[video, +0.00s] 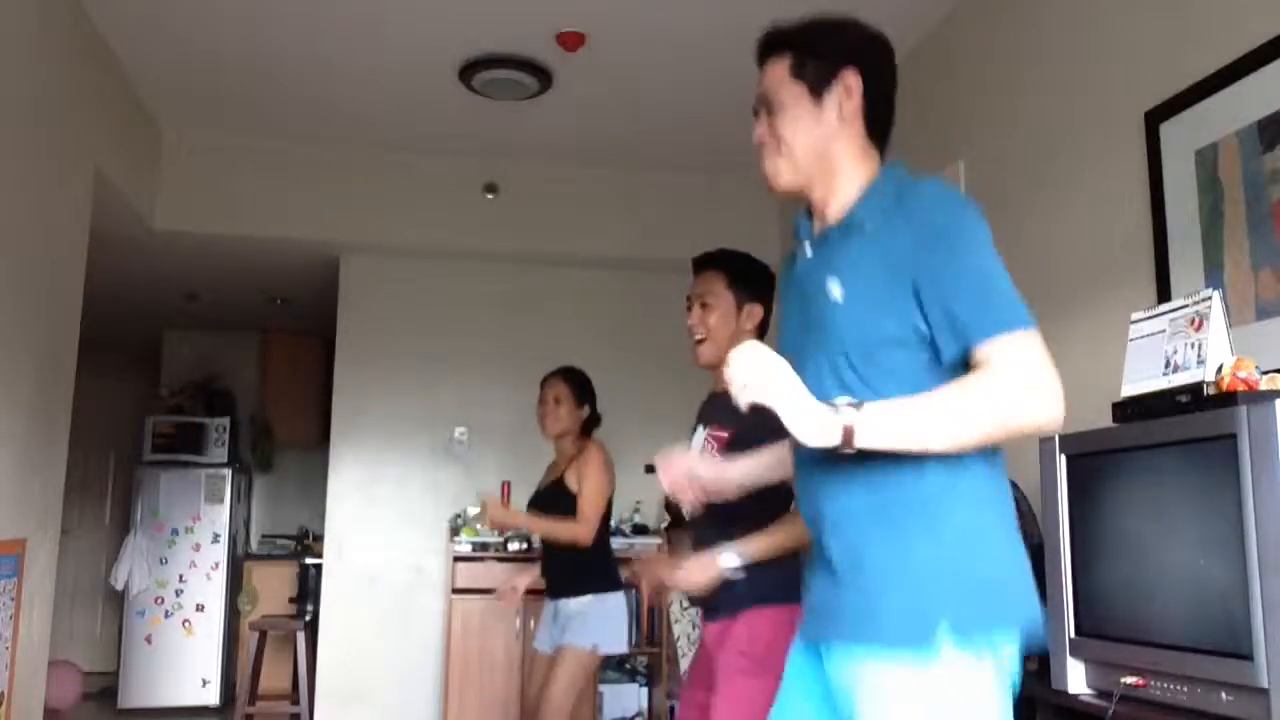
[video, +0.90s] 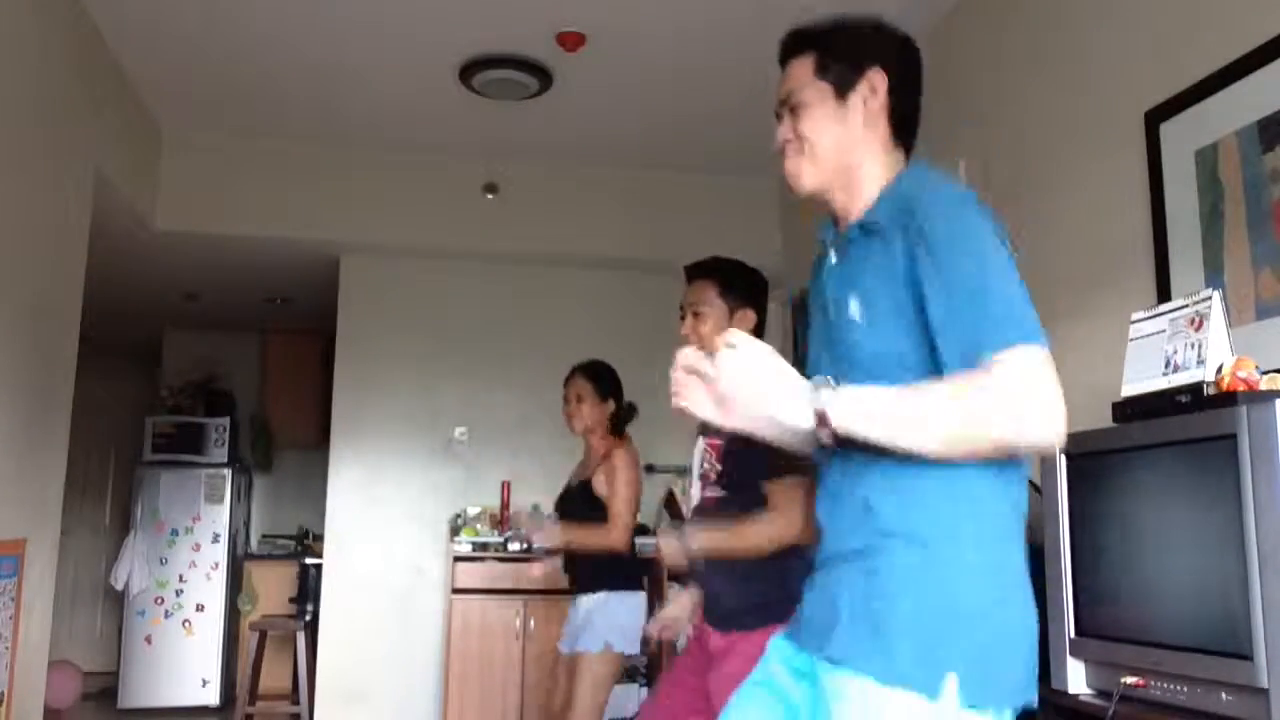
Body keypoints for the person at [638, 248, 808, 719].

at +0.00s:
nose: (691, 321)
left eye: (706, 306)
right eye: (690, 308)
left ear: (751, 316)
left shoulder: (777, 406)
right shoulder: (715, 408)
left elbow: (818, 511)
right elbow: (715, 525)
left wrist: (722, 559)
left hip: (766, 616)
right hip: (718, 617)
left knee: (734, 712)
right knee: (693, 712)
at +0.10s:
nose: (689, 321)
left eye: (703, 304)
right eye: (688, 307)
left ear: (747, 308)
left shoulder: (775, 392)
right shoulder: (722, 397)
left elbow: (793, 499)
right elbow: (738, 505)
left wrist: (692, 505)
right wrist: (688, 572)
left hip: (774, 629)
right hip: (714, 624)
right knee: (667, 712)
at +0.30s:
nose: (685, 329)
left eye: (698, 313)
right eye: (684, 316)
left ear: (744, 324)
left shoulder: (762, 409)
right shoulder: (713, 410)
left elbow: (748, 525)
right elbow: (708, 513)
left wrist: (647, 470)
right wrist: (645, 469)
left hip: (752, 625)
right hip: (716, 621)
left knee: (737, 715)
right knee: (681, 712)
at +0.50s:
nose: (687, 325)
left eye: (701, 310)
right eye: (687, 311)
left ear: (748, 319)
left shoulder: (773, 399)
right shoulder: (726, 398)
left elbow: (784, 519)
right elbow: (735, 504)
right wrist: (694, 585)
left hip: (755, 635)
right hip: (708, 624)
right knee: (657, 714)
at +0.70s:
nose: (684, 320)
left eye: (698, 305)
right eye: (683, 306)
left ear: (743, 315)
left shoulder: (773, 398)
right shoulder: (708, 400)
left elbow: (804, 497)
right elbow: (694, 500)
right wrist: (629, 453)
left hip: (754, 616)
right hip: (711, 613)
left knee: (740, 713)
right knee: (692, 713)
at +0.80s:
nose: (684, 323)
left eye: (699, 309)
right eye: (682, 310)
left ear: (743, 320)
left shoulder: (772, 404)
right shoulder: (703, 410)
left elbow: (818, 512)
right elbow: (715, 525)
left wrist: (730, 569)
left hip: (758, 621)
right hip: (709, 620)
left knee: (745, 711)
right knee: (689, 712)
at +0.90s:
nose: (684, 329)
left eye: (698, 314)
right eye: (683, 315)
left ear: (743, 322)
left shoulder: (772, 410)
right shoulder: (719, 415)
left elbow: (793, 522)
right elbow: (723, 518)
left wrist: (693, 541)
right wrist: (694, 594)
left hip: (762, 637)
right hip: (709, 632)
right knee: (655, 713)